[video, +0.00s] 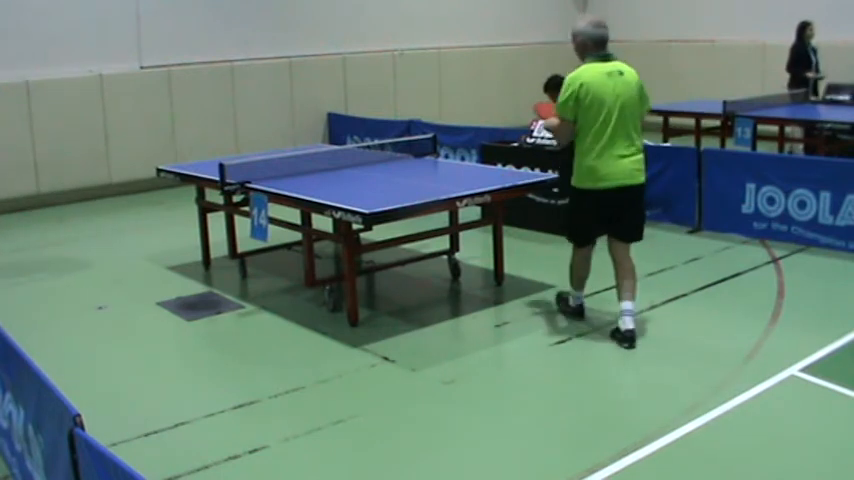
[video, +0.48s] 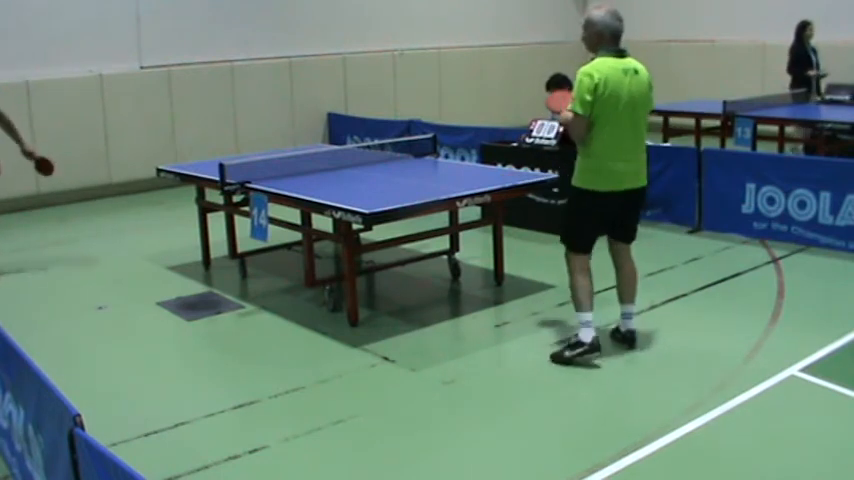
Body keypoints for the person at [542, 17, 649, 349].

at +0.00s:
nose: (572, 49)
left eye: (574, 44)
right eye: (574, 44)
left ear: (579, 46)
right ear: (606, 44)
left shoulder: (577, 80)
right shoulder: (631, 75)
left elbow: (562, 134)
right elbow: (642, 115)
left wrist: (552, 119)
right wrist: (610, 114)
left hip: (590, 181)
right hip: (631, 179)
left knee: (582, 246)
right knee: (621, 248)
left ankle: (576, 302)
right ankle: (628, 325)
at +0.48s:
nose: (582, 35)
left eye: (585, 30)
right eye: (584, 29)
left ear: (592, 36)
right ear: (617, 36)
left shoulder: (590, 74)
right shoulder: (641, 72)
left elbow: (578, 132)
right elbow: (644, 117)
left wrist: (566, 116)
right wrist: (601, 113)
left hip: (592, 184)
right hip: (633, 182)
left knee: (578, 256)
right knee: (622, 248)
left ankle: (586, 337)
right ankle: (627, 327)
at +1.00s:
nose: (554, 37)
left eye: (557, 32)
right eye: (555, 31)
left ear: (568, 37)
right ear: (592, 36)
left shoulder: (567, 75)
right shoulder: (617, 71)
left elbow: (558, 139)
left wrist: (541, 132)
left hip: (580, 190)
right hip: (617, 186)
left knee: (584, 267)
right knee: (611, 254)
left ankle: (590, 349)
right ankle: (621, 328)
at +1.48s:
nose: (555, 38)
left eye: (557, 33)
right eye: (556, 32)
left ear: (567, 37)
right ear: (594, 36)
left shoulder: (568, 78)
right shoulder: (618, 72)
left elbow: (566, 134)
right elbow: (629, 127)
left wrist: (548, 157)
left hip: (580, 191)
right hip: (616, 188)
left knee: (583, 268)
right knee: (607, 257)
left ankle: (590, 349)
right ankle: (622, 337)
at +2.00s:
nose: (582, 38)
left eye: (583, 33)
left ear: (585, 35)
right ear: (616, 34)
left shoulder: (582, 74)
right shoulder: (637, 72)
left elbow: (570, 135)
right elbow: (648, 129)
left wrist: (563, 139)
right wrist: (612, 128)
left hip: (590, 187)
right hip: (629, 184)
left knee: (586, 262)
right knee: (618, 253)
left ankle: (589, 349)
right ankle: (624, 340)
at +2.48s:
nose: (598, 38)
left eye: (598, 34)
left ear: (600, 35)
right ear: (632, 35)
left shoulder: (594, 71)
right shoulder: (652, 75)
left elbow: (580, 129)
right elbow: (663, 131)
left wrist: (580, 140)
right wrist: (629, 126)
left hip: (596, 184)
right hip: (638, 184)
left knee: (577, 252)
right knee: (626, 251)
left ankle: (588, 336)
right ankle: (625, 338)